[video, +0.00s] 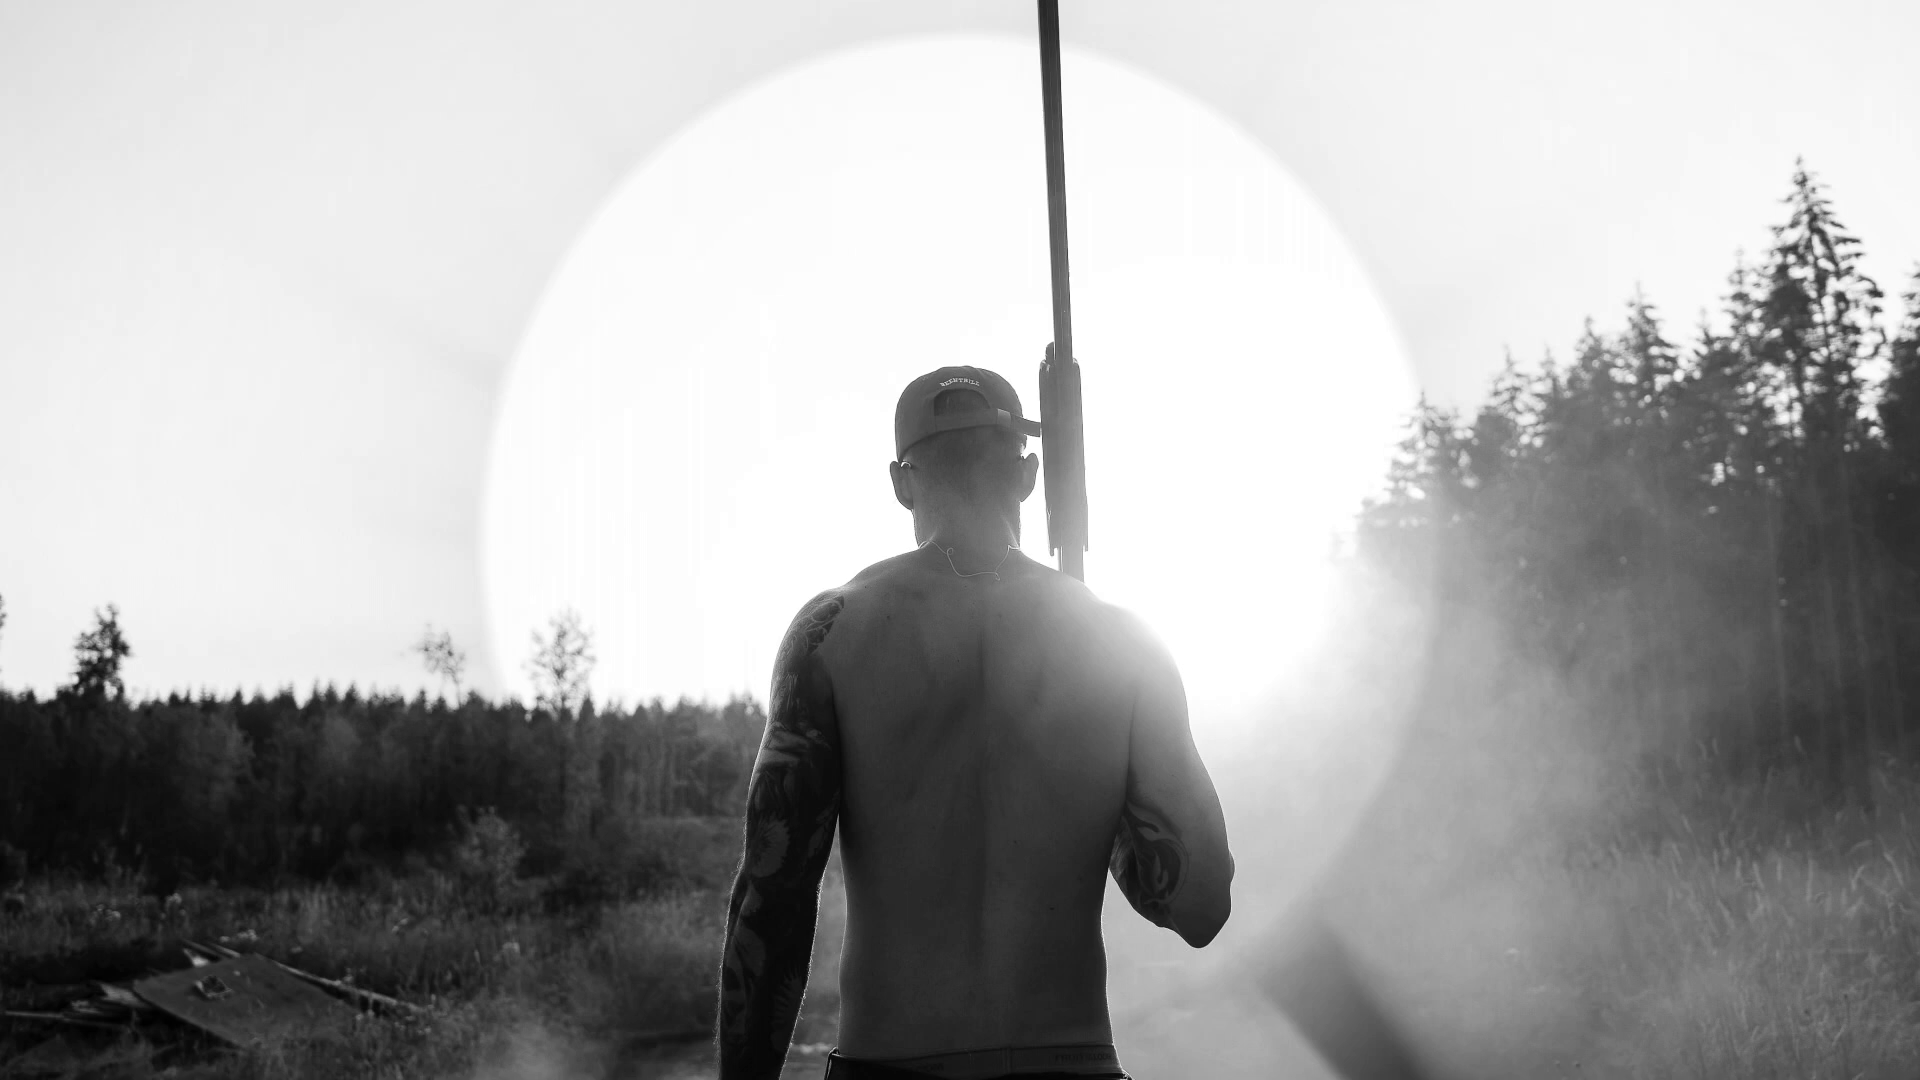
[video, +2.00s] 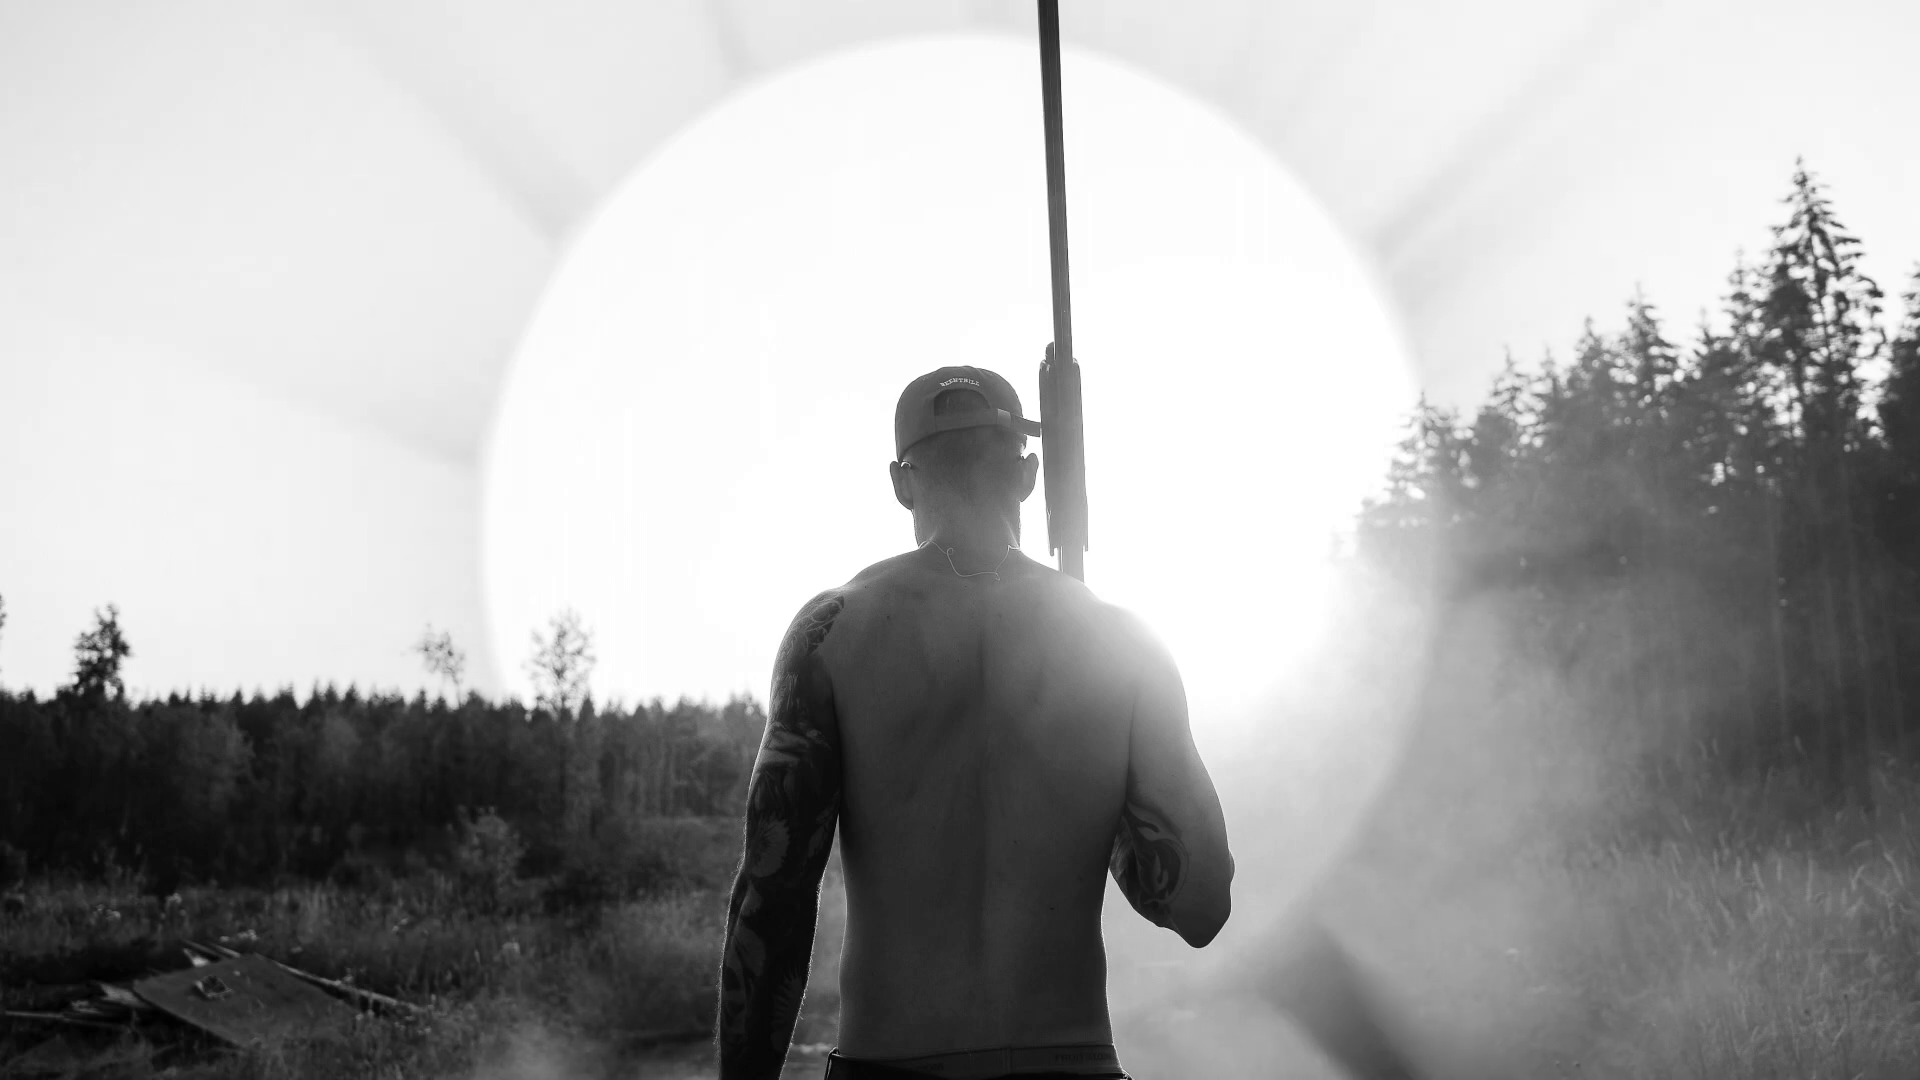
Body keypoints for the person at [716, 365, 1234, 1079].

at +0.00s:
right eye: (1018, 452)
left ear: (902, 484)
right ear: (1028, 476)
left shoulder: (832, 630)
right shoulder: (1122, 641)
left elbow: (773, 886)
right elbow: (1201, 904)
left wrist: (748, 1063)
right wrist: (1100, 803)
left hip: (886, 1045)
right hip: (1066, 1045)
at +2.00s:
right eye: (1017, 450)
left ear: (903, 486)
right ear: (1027, 476)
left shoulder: (832, 630)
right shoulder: (1121, 641)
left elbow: (773, 884)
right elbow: (1201, 904)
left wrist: (747, 1063)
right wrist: (1102, 803)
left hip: (887, 1045)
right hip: (1068, 1045)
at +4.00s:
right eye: (1017, 450)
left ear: (903, 486)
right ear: (1027, 476)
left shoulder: (832, 630)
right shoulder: (1121, 641)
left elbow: (773, 884)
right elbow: (1201, 904)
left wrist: (747, 1063)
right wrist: (1102, 803)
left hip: (887, 1045)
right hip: (1067, 1045)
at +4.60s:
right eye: (1017, 450)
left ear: (903, 486)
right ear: (1027, 476)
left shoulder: (832, 630)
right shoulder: (1121, 641)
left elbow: (773, 884)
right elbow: (1201, 904)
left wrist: (747, 1063)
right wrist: (1102, 803)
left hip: (887, 1045)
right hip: (1067, 1045)